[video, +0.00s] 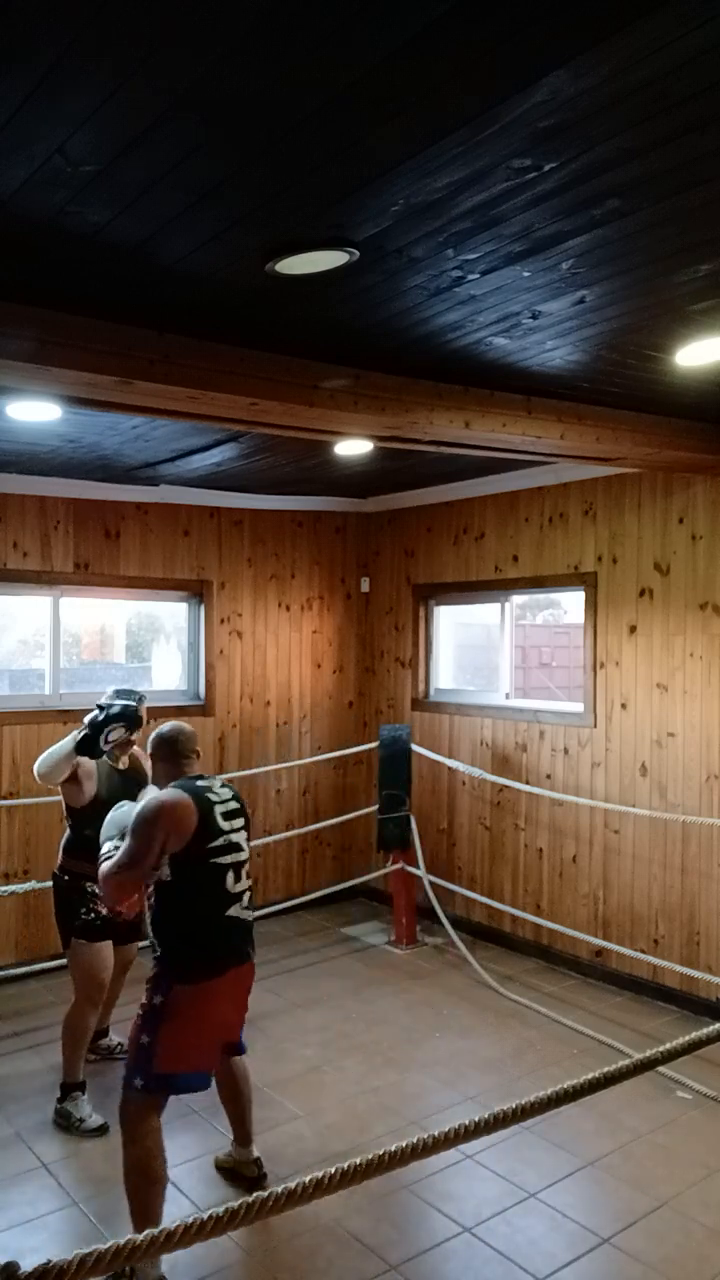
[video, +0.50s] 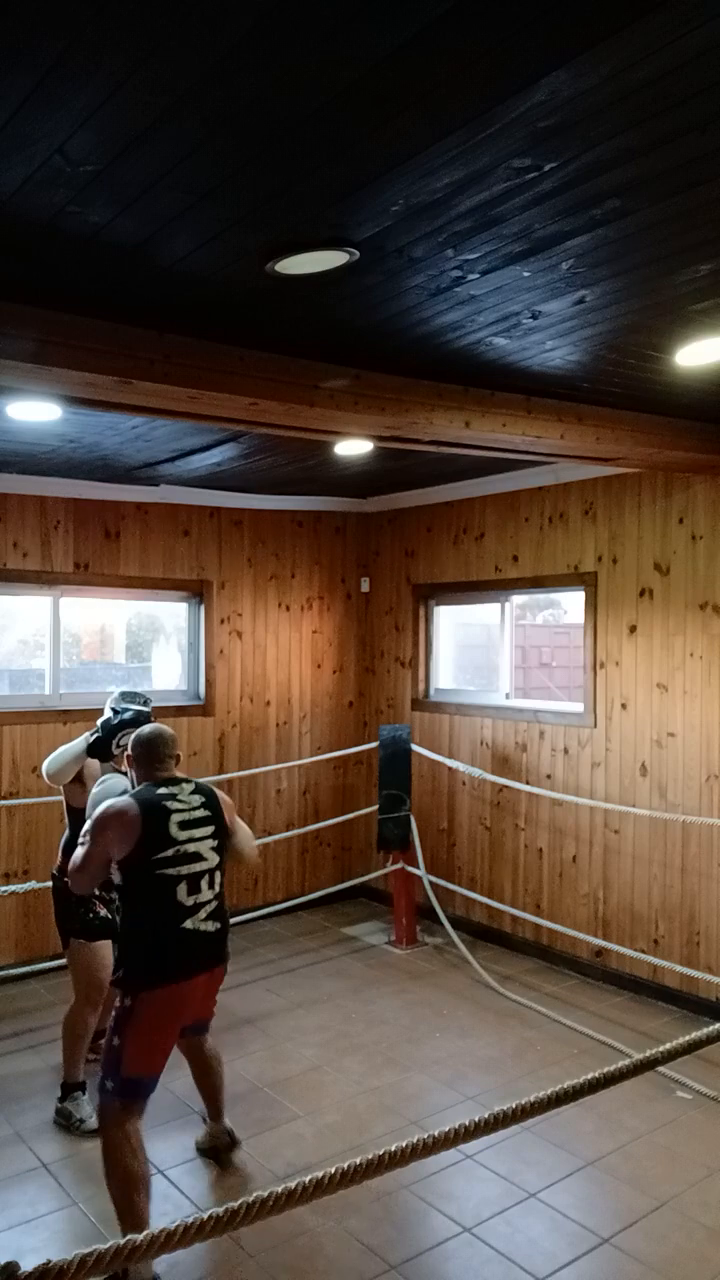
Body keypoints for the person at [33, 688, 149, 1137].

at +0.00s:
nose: (128, 733)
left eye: (134, 726)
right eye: (122, 725)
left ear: (139, 728)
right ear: (104, 724)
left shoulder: (140, 762)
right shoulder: (82, 764)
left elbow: (161, 801)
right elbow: (43, 773)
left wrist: (135, 758)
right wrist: (83, 733)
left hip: (129, 873)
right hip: (82, 877)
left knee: (122, 960)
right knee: (91, 990)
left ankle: (99, 1035)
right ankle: (70, 1095)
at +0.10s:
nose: (134, 738)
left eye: (139, 730)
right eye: (128, 730)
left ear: (141, 735)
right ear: (111, 731)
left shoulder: (139, 772)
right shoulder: (85, 766)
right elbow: (49, 772)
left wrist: (144, 751)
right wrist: (93, 732)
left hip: (125, 878)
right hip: (79, 881)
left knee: (123, 960)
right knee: (91, 991)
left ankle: (97, 1036)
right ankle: (70, 1097)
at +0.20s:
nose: (139, 745)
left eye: (142, 737)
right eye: (134, 736)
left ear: (141, 742)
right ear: (116, 738)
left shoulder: (140, 774)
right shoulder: (87, 769)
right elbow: (53, 774)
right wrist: (99, 735)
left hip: (119, 877)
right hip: (78, 880)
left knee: (120, 964)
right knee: (91, 988)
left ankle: (97, 1036)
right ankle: (71, 1097)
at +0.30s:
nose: (136, 749)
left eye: (141, 740)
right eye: (130, 740)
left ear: (143, 744)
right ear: (114, 741)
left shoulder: (141, 776)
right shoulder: (88, 769)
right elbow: (53, 776)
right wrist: (97, 737)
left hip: (120, 879)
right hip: (78, 881)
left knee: (115, 973)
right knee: (92, 989)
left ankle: (97, 1039)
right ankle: (71, 1095)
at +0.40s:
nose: (136, 739)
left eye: (142, 731)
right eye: (131, 730)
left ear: (143, 736)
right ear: (113, 730)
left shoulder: (139, 770)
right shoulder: (87, 765)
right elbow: (52, 776)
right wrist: (95, 736)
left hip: (123, 880)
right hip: (82, 882)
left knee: (115, 980)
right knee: (93, 994)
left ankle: (96, 1044)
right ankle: (71, 1095)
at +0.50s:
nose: (133, 733)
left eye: (138, 725)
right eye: (126, 724)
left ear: (143, 731)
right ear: (109, 727)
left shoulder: (146, 769)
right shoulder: (86, 763)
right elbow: (51, 773)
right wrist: (95, 733)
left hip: (127, 882)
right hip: (82, 882)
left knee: (115, 981)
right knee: (94, 991)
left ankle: (96, 1049)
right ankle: (72, 1093)